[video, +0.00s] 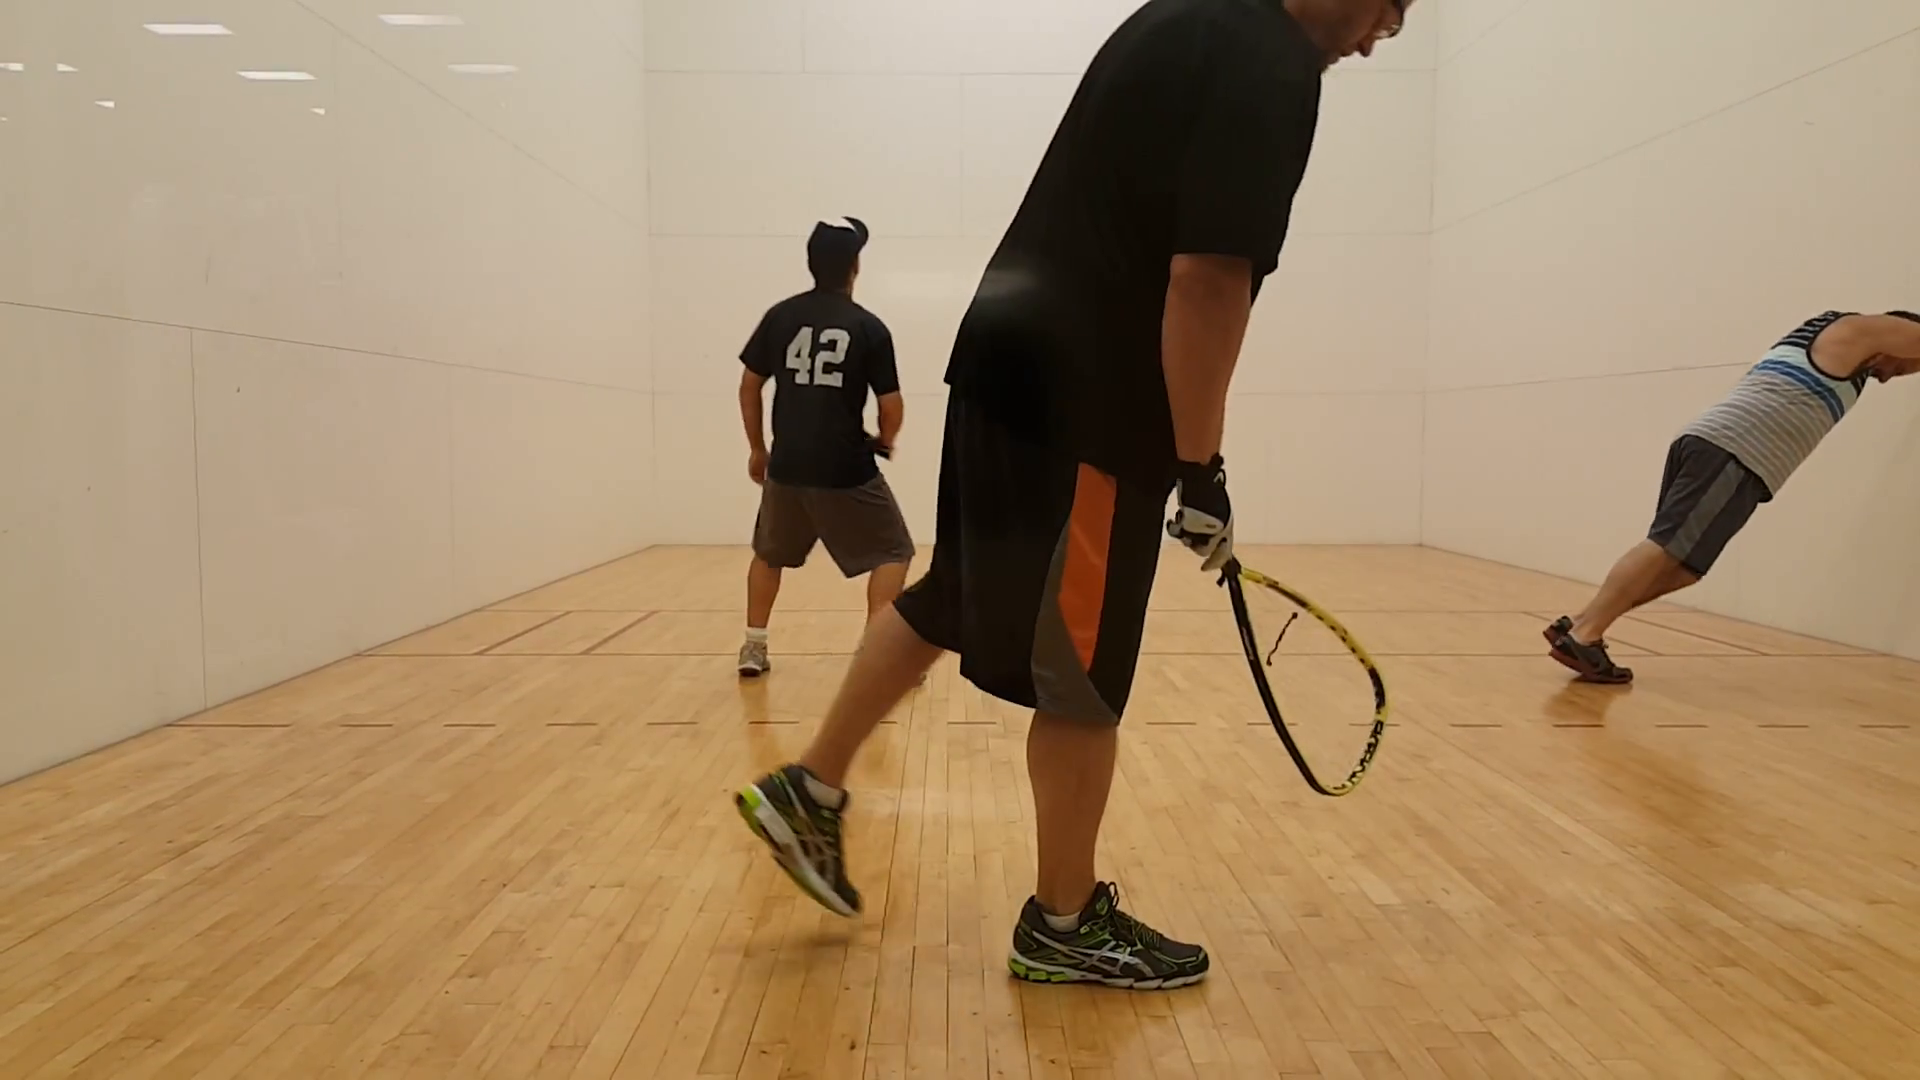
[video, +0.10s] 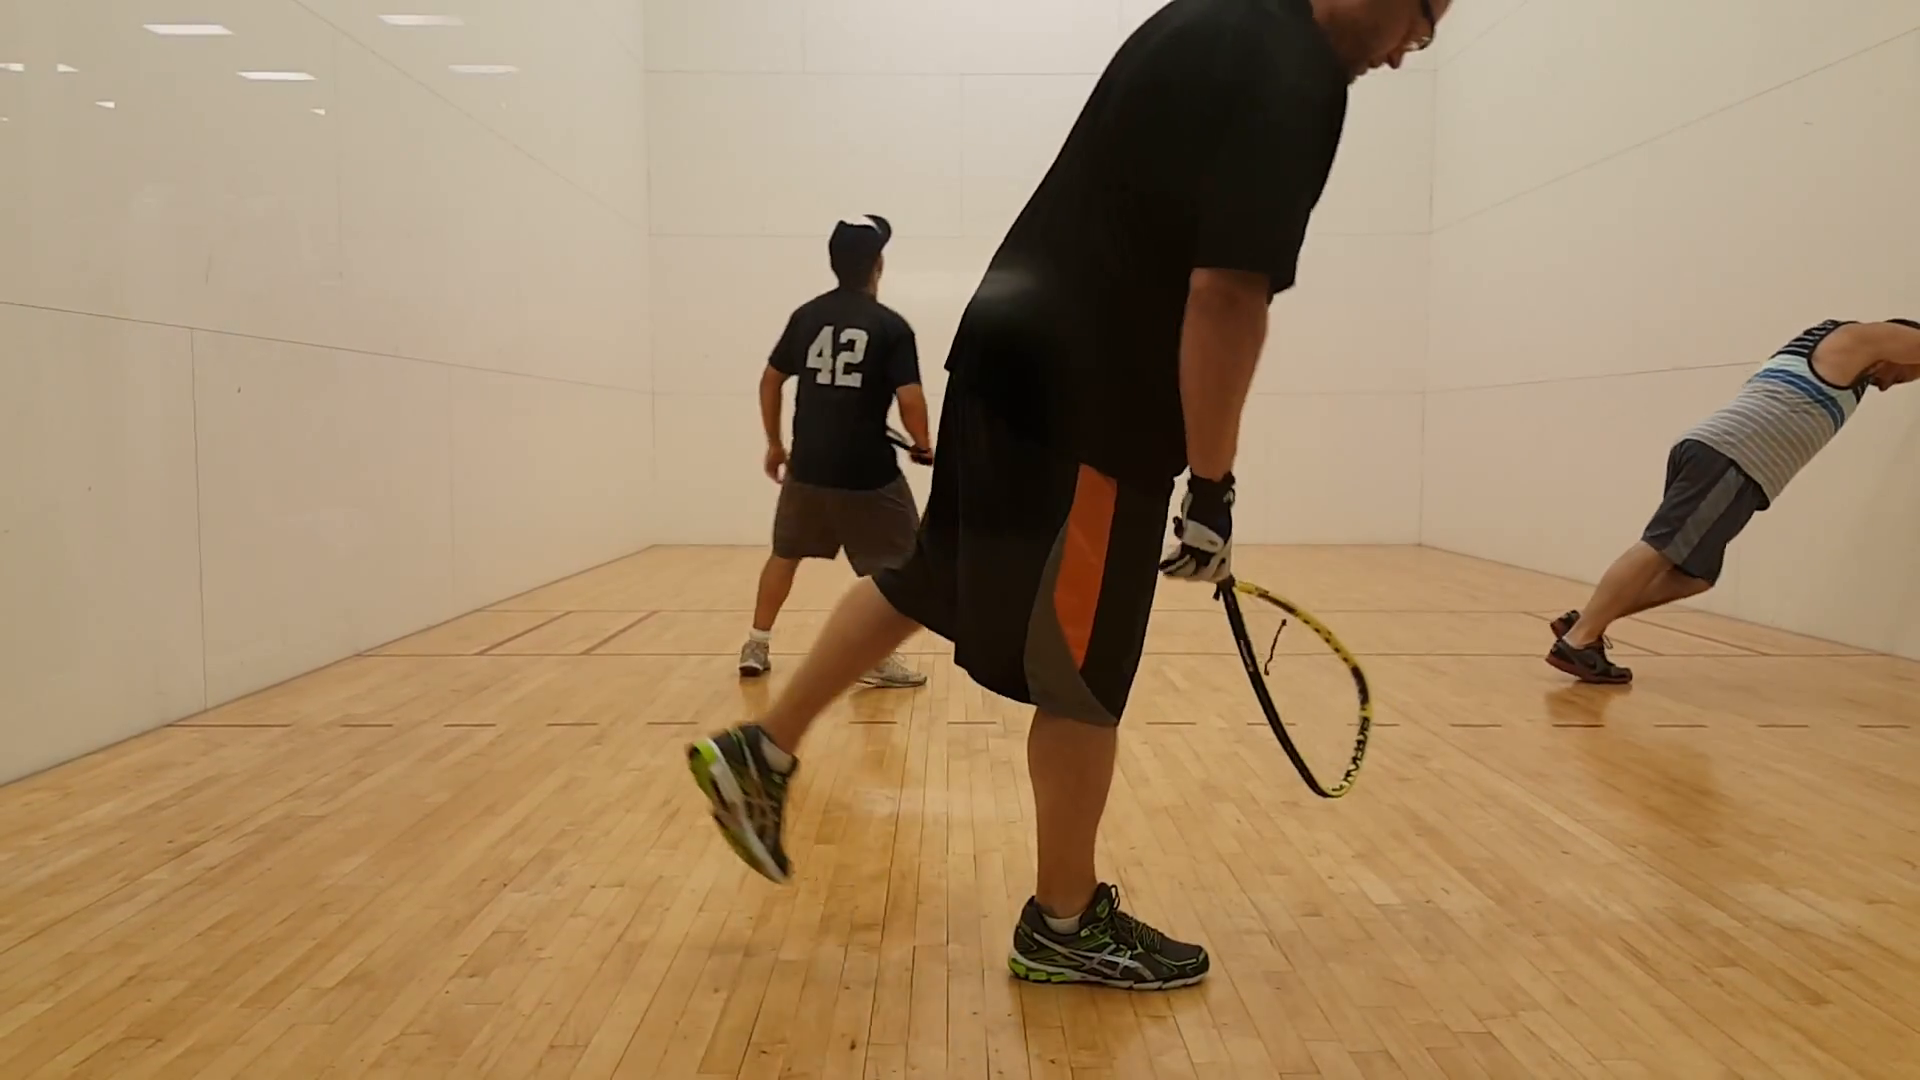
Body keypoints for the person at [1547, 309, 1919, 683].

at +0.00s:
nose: (1896, 377)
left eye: (1905, 371)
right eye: (1904, 366)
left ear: (1890, 343)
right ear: (1893, 342)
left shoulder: (1828, 343)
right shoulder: (1849, 332)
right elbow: (1919, 337)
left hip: (1721, 453)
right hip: (1729, 455)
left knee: (1686, 567)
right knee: (1667, 548)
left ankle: (1581, 624)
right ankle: (1583, 635)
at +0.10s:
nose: (1899, 384)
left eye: (1906, 377)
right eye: (1905, 372)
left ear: (1889, 357)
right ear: (1891, 353)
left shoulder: (1829, 356)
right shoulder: (1851, 341)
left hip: (1730, 467)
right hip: (1727, 461)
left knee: (1697, 574)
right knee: (1659, 549)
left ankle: (1585, 621)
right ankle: (1580, 641)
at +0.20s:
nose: (1898, 390)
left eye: (1906, 384)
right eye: (1905, 379)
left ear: (1890, 362)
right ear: (1892, 358)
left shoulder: (1825, 358)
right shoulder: (1852, 350)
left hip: (1730, 475)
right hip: (1726, 467)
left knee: (1705, 580)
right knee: (1654, 554)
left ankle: (1592, 618)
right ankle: (1575, 645)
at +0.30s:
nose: (1899, 391)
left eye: (1906, 386)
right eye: (1905, 380)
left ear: (1892, 366)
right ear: (1892, 361)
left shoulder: (1826, 359)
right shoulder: (1853, 350)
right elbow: (1919, 350)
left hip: (1734, 477)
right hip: (1729, 468)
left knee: (1707, 581)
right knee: (1656, 554)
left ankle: (1594, 618)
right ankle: (1576, 644)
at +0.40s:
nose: (1899, 384)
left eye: (1906, 378)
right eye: (1905, 373)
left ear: (1889, 358)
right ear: (1892, 353)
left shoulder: (1827, 355)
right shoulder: (1853, 343)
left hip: (1741, 475)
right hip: (1732, 465)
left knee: (1703, 578)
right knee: (1663, 553)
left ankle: (1591, 618)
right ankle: (1580, 642)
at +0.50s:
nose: (1900, 375)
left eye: (1908, 368)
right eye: (1907, 363)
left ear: (1891, 340)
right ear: (1895, 337)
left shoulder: (1825, 343)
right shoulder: (1851, 334)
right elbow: (1917, 336)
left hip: (1738, 464)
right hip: (1734, 459)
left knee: (1698, 570)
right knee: (1672, 552)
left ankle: (1587, 620)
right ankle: (1583, 637)